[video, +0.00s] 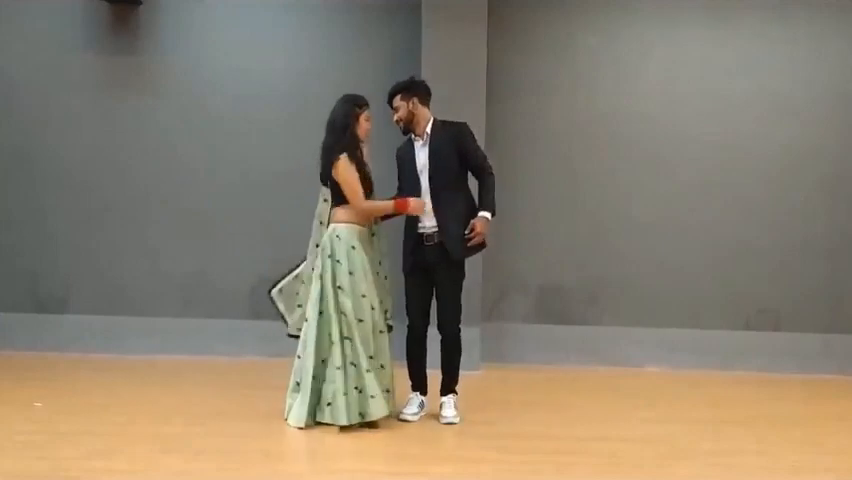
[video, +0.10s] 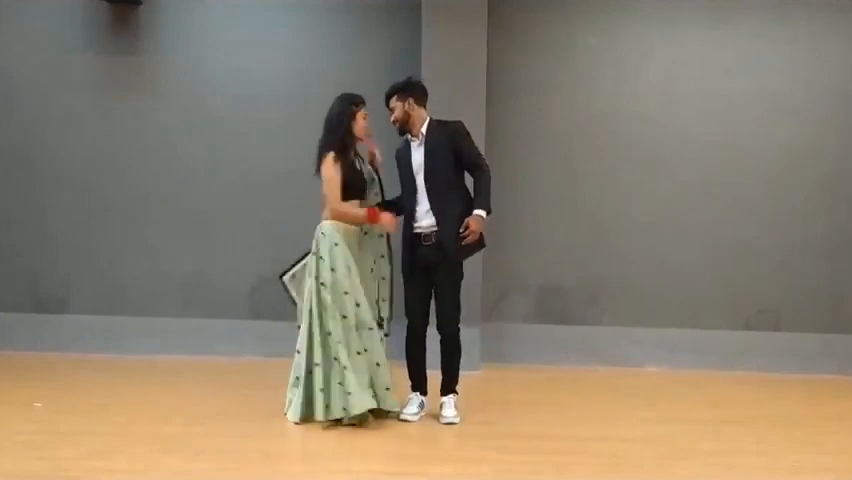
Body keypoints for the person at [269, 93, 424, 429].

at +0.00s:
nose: (369, 126)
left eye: (369, 119)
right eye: (365, 120)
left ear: (352, 123)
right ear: (350, 122)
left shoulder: (354, 158)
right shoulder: (343, 160)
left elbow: (359, 207)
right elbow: (360, 206)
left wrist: (383, 211)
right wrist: (400, 205)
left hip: (355, 240)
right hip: (342, 242)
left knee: (358, 320)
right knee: (349, 320)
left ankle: (355, 401)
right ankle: (346, 403)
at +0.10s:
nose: (367, 123)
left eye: (367, 117)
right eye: (362, 117)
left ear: (356, 120)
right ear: (347, 120)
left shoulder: (360, 155)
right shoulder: (333, 159)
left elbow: (367, 197)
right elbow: (334, 207)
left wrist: (375, 167)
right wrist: (373, 216)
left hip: (363, 241)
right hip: (337, 244)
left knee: (364, 317)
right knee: (348, 318)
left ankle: (362, 396)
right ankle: (345, 399)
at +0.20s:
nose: (362, 123)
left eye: (361, 117)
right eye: (356, 118)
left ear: (353, 123)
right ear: (339, 121)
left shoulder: (357, 162)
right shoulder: (319, 163)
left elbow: (363, 209)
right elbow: (310, 210)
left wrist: (378, 182)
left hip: (349, 242)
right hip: (321, 242)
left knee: (351, 319)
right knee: (329, 319)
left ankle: (353, 397)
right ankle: (330, 398)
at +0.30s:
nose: (351, 127)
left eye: (352, 121)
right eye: (343, 122)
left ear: (353, 128)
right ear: (327, 129)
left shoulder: (353, 169)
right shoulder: (309, 170)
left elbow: (351, 210)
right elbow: (299, 218)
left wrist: (375, 213)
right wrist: (292, 265)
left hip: (340, 251)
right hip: (311, 250)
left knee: (340, 324)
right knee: (311, 324)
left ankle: (342, 396)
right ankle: (307, 398)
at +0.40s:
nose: (328, 135)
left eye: (332, 129)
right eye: (321, 131)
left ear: (341, 137)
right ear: (309, 139)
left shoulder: (344, 180)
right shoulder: (297, 178)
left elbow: (350, 214)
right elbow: (284, 226)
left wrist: (372, 212)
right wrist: (270, 271)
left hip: (326, 259)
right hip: (296, 257)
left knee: (326, 329)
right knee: (284, 327)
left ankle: (327, 399)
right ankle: (281, 398)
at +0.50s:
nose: (296, 143)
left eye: (303, 136)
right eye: (292, 138)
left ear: (319, 142)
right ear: (288, 145)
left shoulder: (330, 185)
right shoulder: (278, 183)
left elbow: (344, 222)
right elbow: (267, 231)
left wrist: (362, 212)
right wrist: (253, 274)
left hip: (310, 263)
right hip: (278, 261)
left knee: (311, 331)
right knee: (257, 327)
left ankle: (310, 399)